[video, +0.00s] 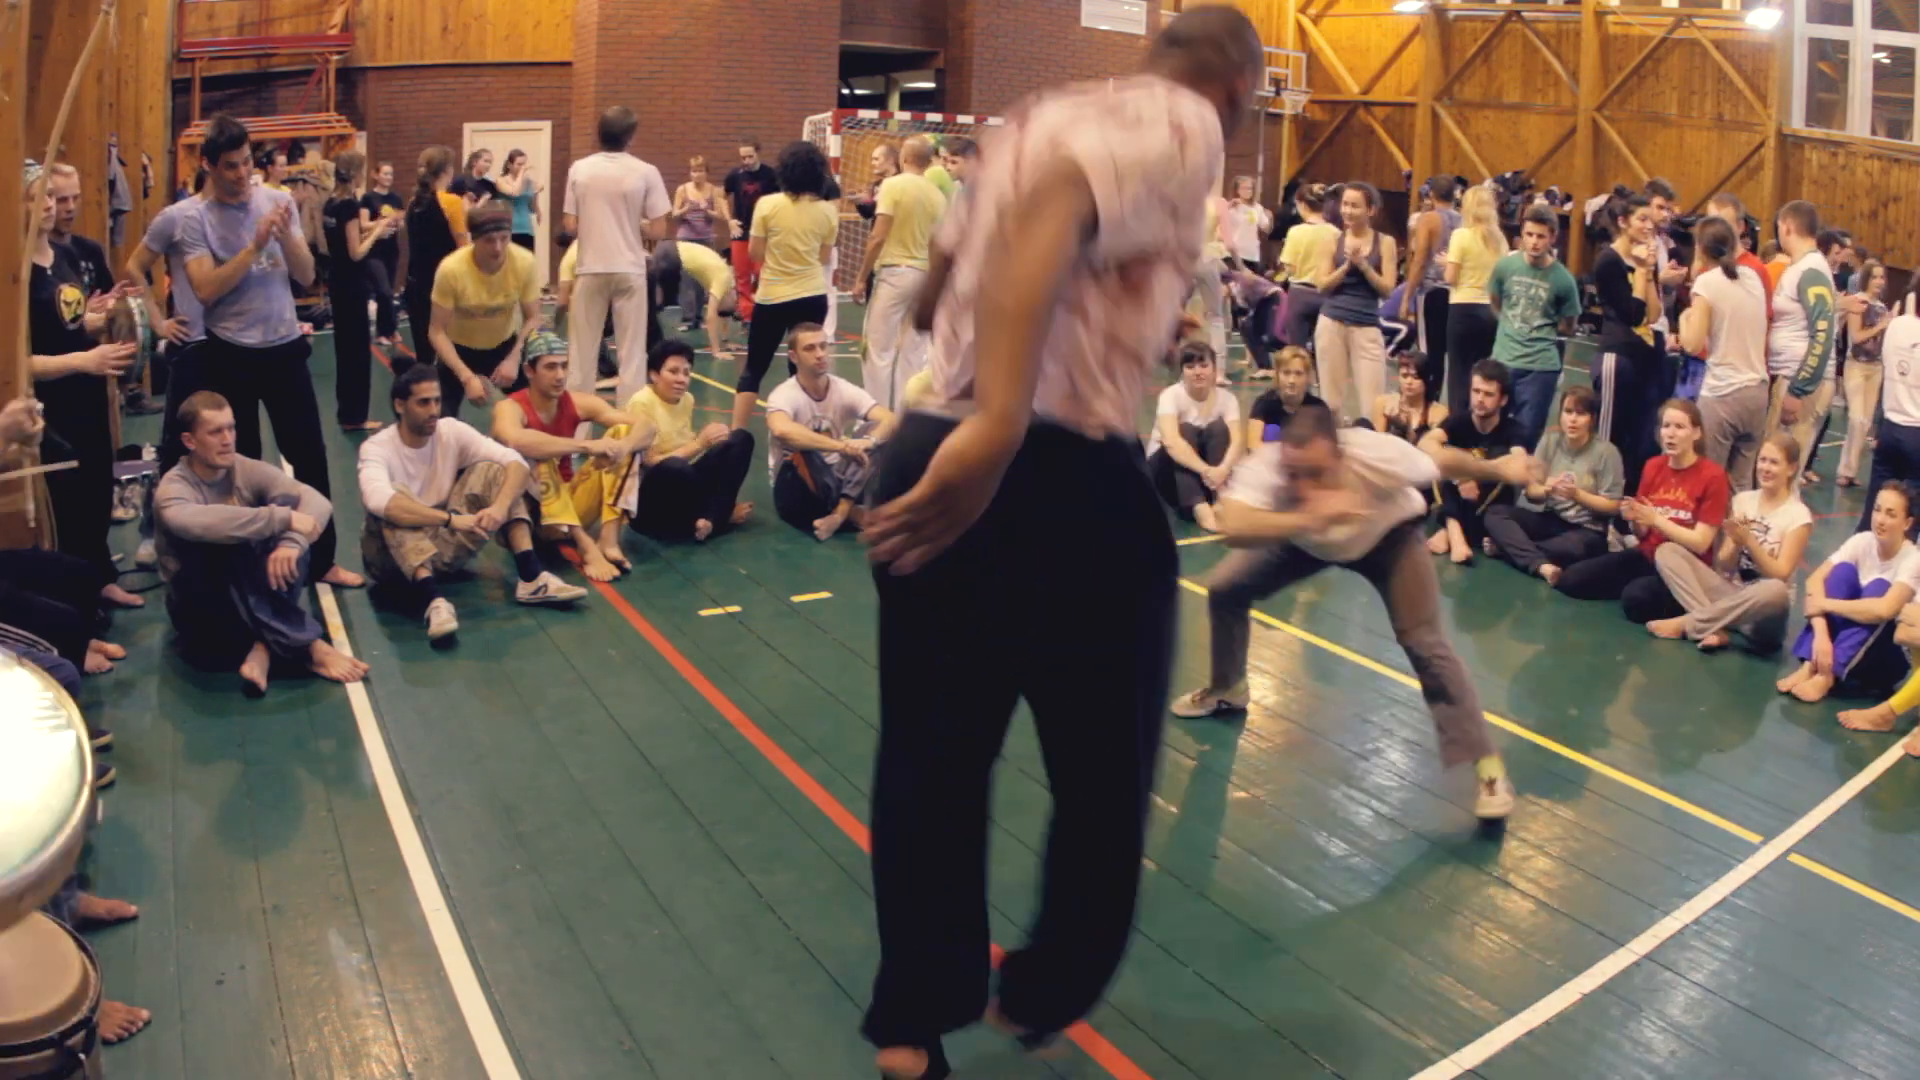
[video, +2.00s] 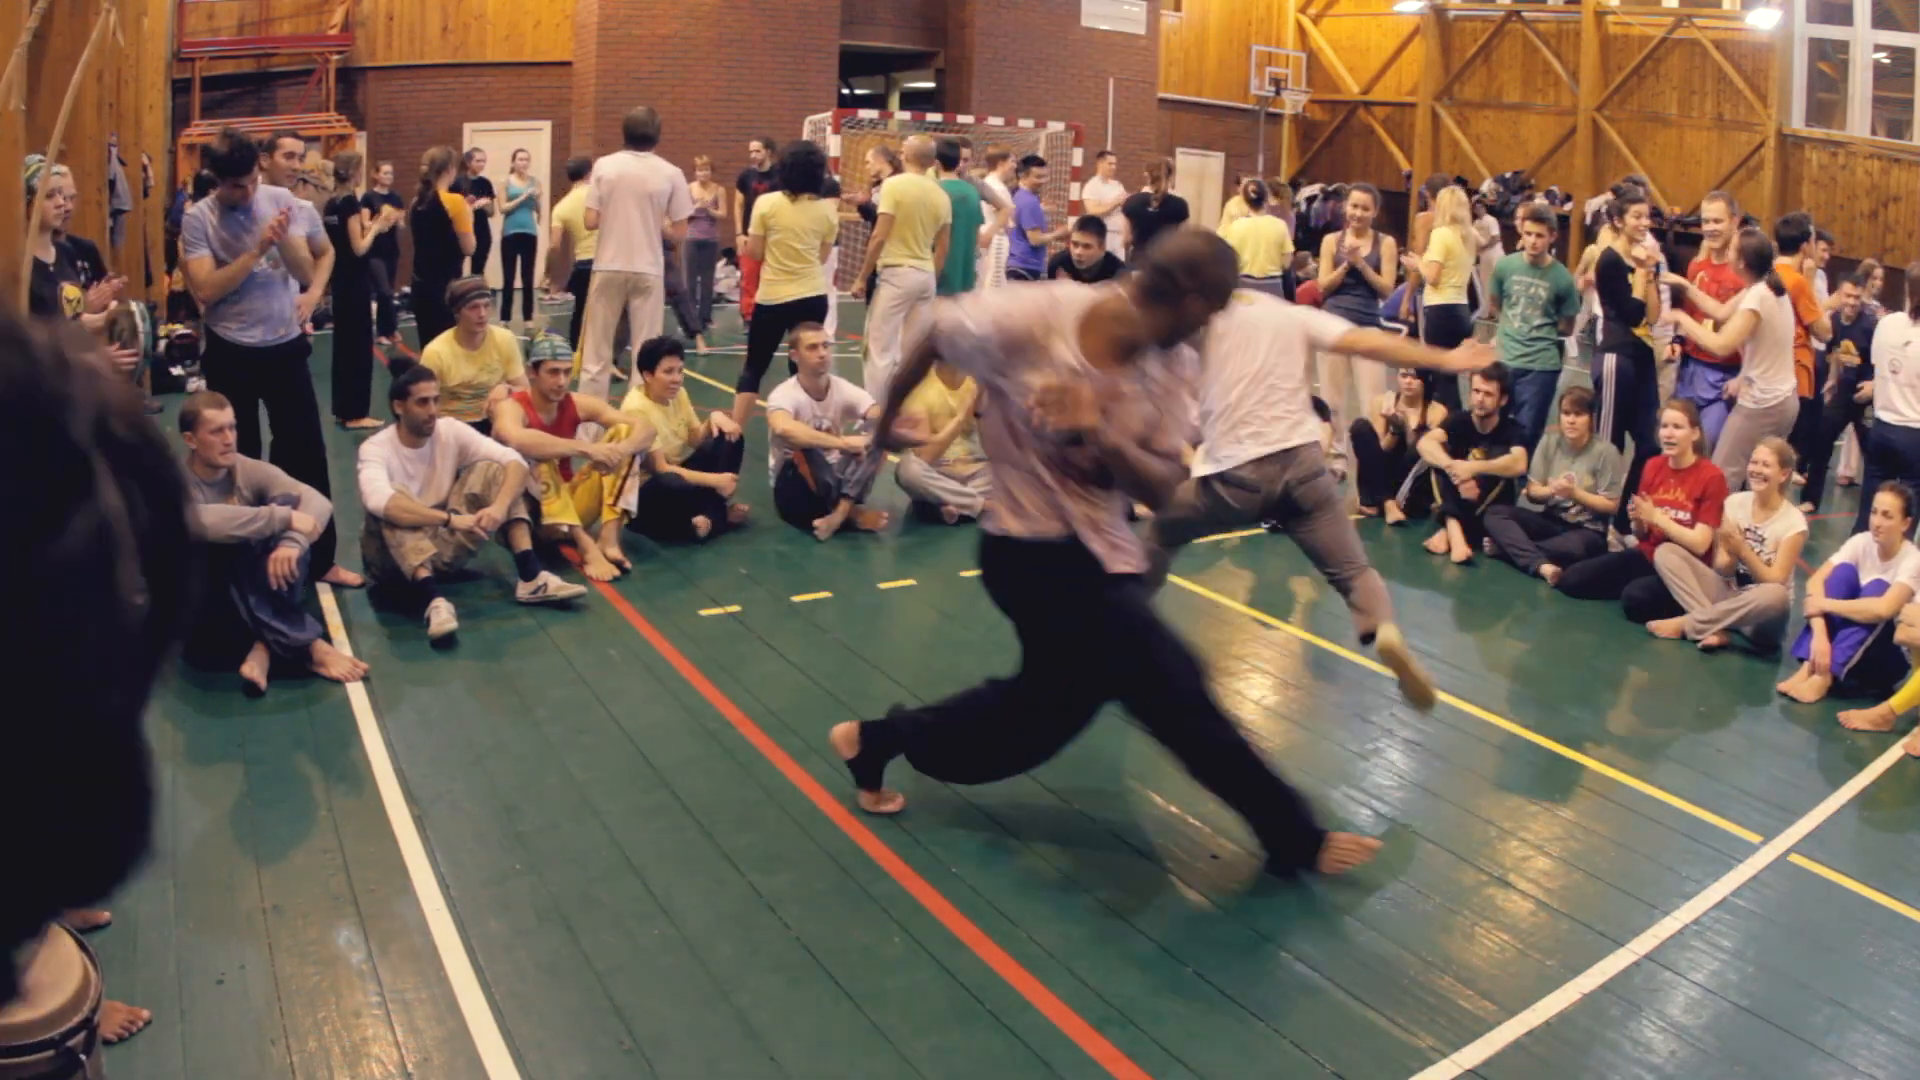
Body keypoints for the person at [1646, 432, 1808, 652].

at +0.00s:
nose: (1765, 468)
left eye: (1774, 462)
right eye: (1762, 460)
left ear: (1792, 469)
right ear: (1756, 463)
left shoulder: (1799, 515)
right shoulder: (1742, 500)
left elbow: (1781, 573)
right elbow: (1722, 565)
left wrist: (1747, 540)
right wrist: (1736, 541)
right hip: (1727, 590)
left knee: (1775, 590)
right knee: (1667, 552)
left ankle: (1685, 624)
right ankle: (1712, 629)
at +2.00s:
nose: (1756, 470)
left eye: (1766, 465)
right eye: (1753, 462)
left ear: (1784, 475)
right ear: (1747, 465)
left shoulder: (1794, 521)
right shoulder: (1734, 502)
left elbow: (1776, 579)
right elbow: (1720, 567)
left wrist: (1741, 550)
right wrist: (1732, 553)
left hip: (1760, 605)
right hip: (1725, 593)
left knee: (1775, 594)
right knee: (1666, 552)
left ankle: (1685, 625)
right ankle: (1712, 629)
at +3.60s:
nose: (1757, 471)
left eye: (1766, 465)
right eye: (1754, 463)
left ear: (1784, 473)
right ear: (1748, 466)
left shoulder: (1794, 521)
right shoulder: (1734, 502)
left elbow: (1776, 578)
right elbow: (1720, 567)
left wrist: (1743, 551)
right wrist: (1730, 549)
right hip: (1726, 589)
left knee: (1774, 594)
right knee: (1685, 555)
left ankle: (1690, 624)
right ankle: (1709, 631)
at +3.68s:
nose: (1758, 471)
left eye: (1767, 465)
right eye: (1755, 463)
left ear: (1785, 473)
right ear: (1748, 466)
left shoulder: (1794, 521)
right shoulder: (1734, 502)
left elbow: (1777, 576)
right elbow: (1721, 546)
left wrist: (1742, 547)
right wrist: (1722, 536)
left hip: (1765, 589)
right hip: (1728, 582)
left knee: (1773, 591)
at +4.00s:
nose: (1759, 472)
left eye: (1769, 466)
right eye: (1756, 464)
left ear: (1785, 474)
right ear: (1749, 466)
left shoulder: (1794, 522)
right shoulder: (1735, 502)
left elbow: (1776, 579)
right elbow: (1720, 564)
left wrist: (1742, 549)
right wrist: (1733, 547)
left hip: (1764, 601)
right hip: (1727, 589)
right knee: (1666, 554)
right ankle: (1707, 620)